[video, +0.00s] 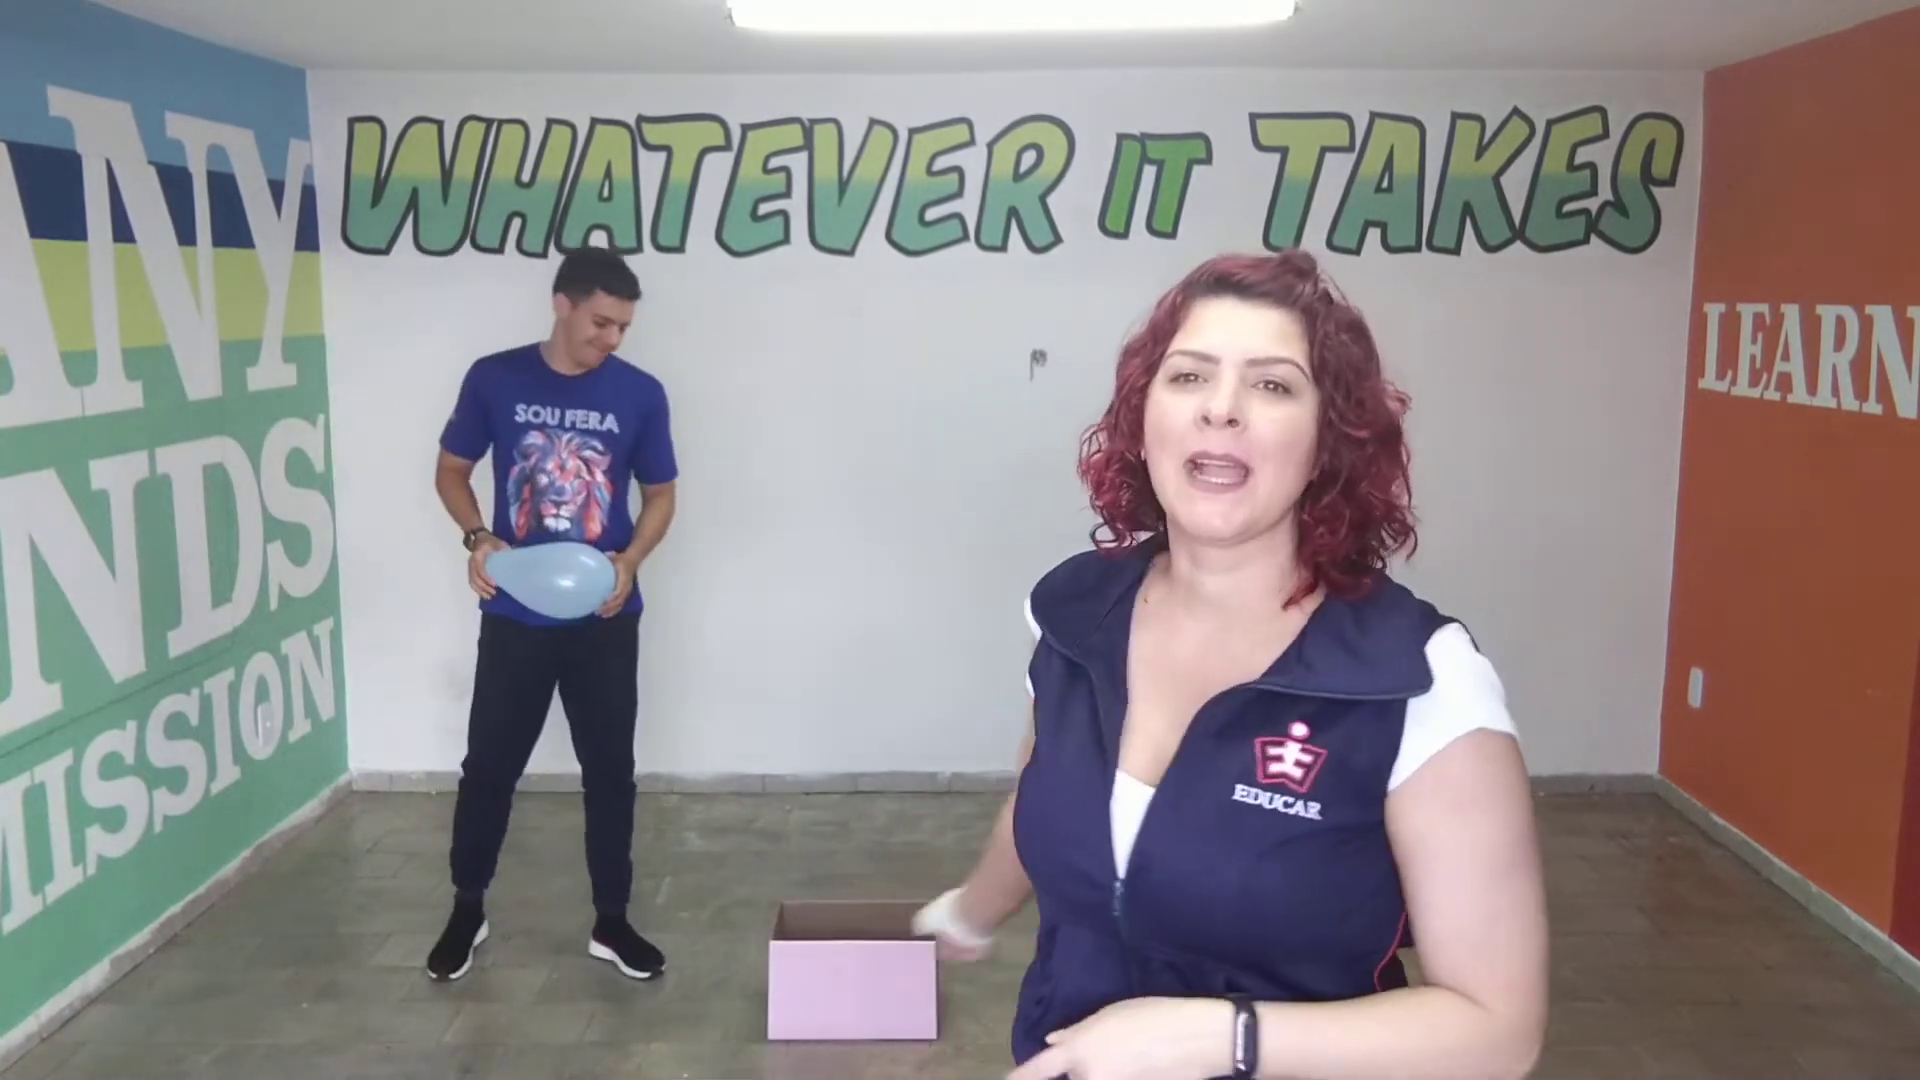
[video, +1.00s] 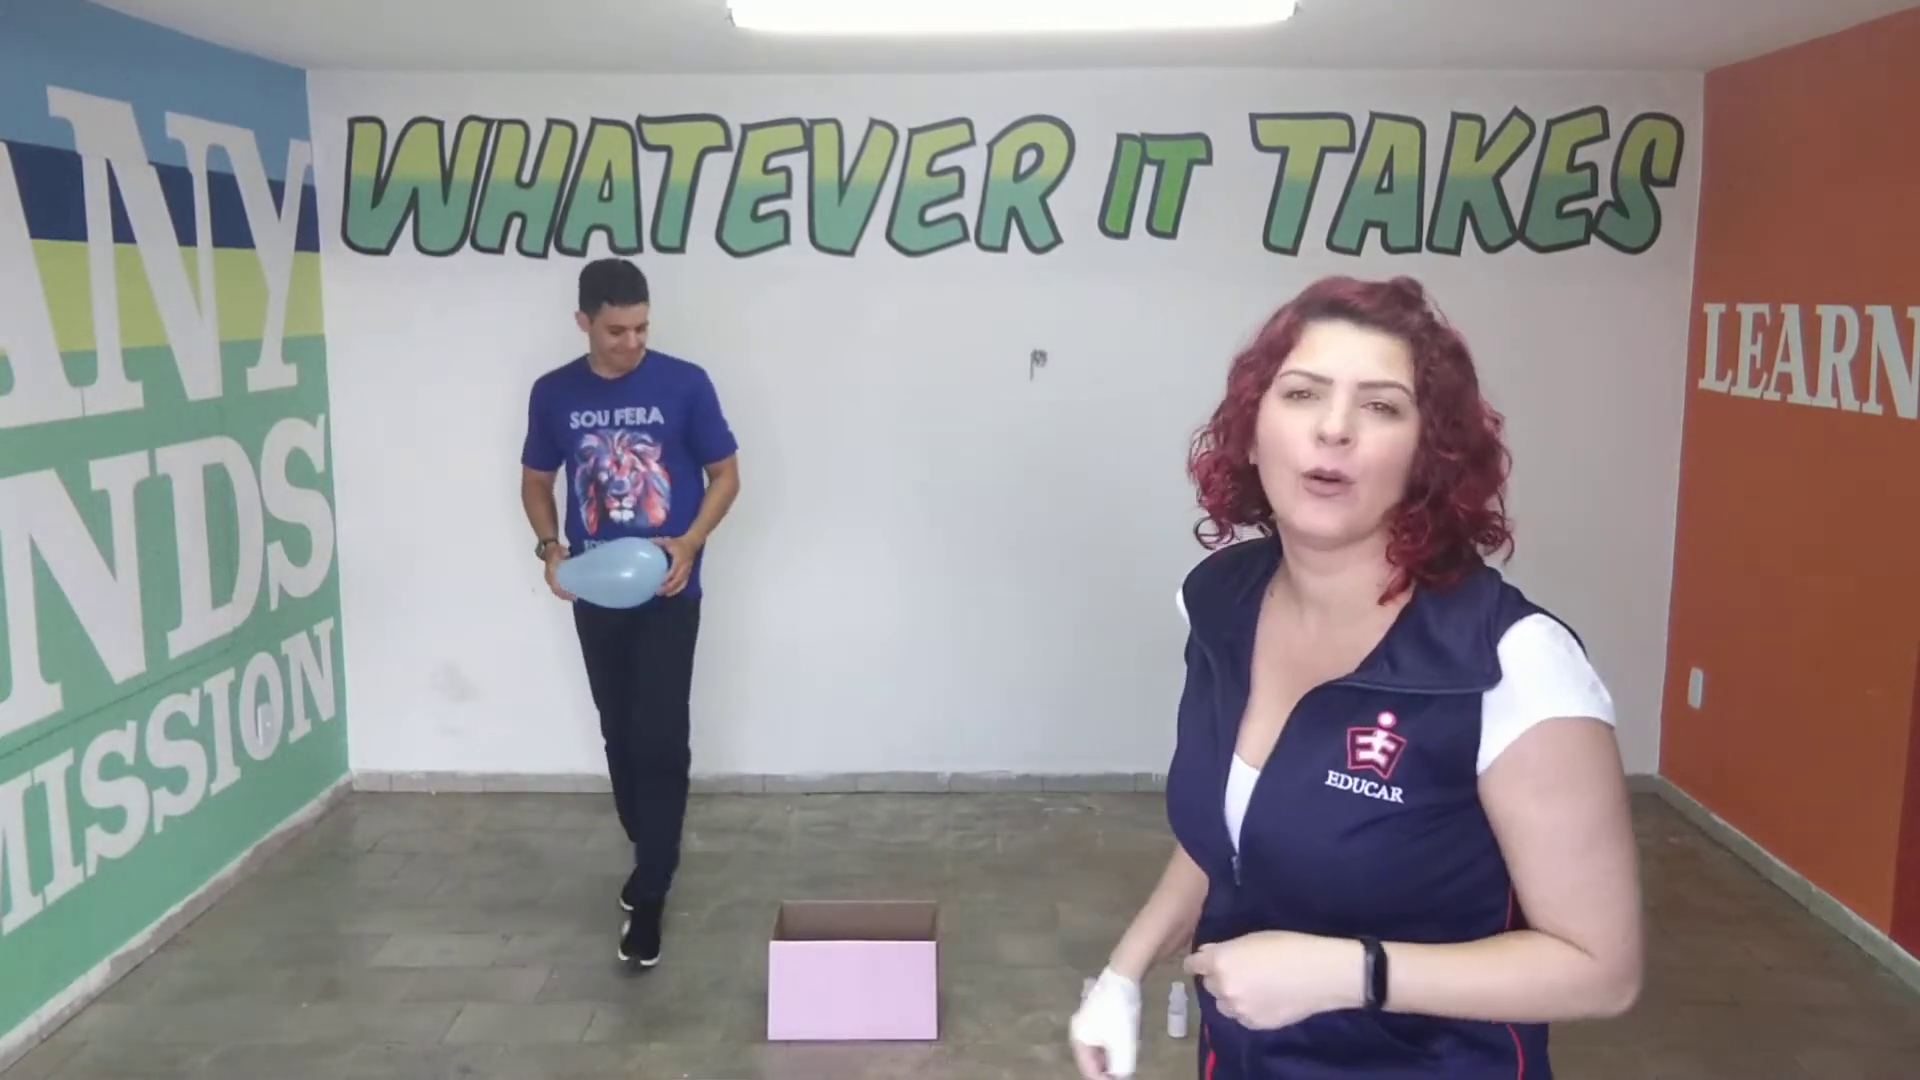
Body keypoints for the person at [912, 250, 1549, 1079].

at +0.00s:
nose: (1220, 409)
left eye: (1273, 385)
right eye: (1189, 376)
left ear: (1330, 438)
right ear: (1140, 413)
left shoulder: (1420, 675)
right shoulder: (1079, 613)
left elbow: (1498, 1029)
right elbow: (1045, 797)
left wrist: (1223, 1039)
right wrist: (965, 918)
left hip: (1286, 1077)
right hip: (1061, 1065)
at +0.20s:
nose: (1219, 417)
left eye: (1270, 390)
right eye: (1187, 380)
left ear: (1329, 434)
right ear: (1142, 411)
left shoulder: (1409, 676)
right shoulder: (1110, 597)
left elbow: (1465, 1037)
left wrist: (1184, 1012)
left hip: (1270, 1066)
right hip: (1077, 1056)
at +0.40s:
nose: (1233, 422)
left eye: (1283, 391)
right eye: (1201, 384)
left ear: (1344, 429)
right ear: (1159, 412)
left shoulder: (1427, 672)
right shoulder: (1139, 595)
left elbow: (1483, 1029)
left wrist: (1200, 991)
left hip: (1298, 1063)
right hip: (1106, 1054)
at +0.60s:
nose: (1252, 418)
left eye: (1302, 388)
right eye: (1223, 382)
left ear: (1364, 425)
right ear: (1182, 407)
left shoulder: (1456, 660)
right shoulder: (1166, 586)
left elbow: (1524, 1005)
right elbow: (1158, 796)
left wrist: (1243, 973)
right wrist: (1074, 920)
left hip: (1361, 1061)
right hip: (1162, 1056)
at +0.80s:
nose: (1280, 432)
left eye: (1330, 402)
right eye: (1252, 397)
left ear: (1391, 439)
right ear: (1213, 424)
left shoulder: (1486, 672)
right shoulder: (1200, 601)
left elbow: (1560, 1001)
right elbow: (1185, 817)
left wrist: (1293, 973)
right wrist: (1066, 946)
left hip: (1410, 1064)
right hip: (1210, 1060)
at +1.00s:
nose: (1333, 430)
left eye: (1380, 407)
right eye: (1304, 393)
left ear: (1429, 450)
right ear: (1253, 421)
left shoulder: (1516, 665)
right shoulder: (1223, 598)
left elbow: (1601, 967)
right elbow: (1222, 821)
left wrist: (1349, 973)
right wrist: (1126, 968)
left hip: (1434, 1060)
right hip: (1237, 1051)